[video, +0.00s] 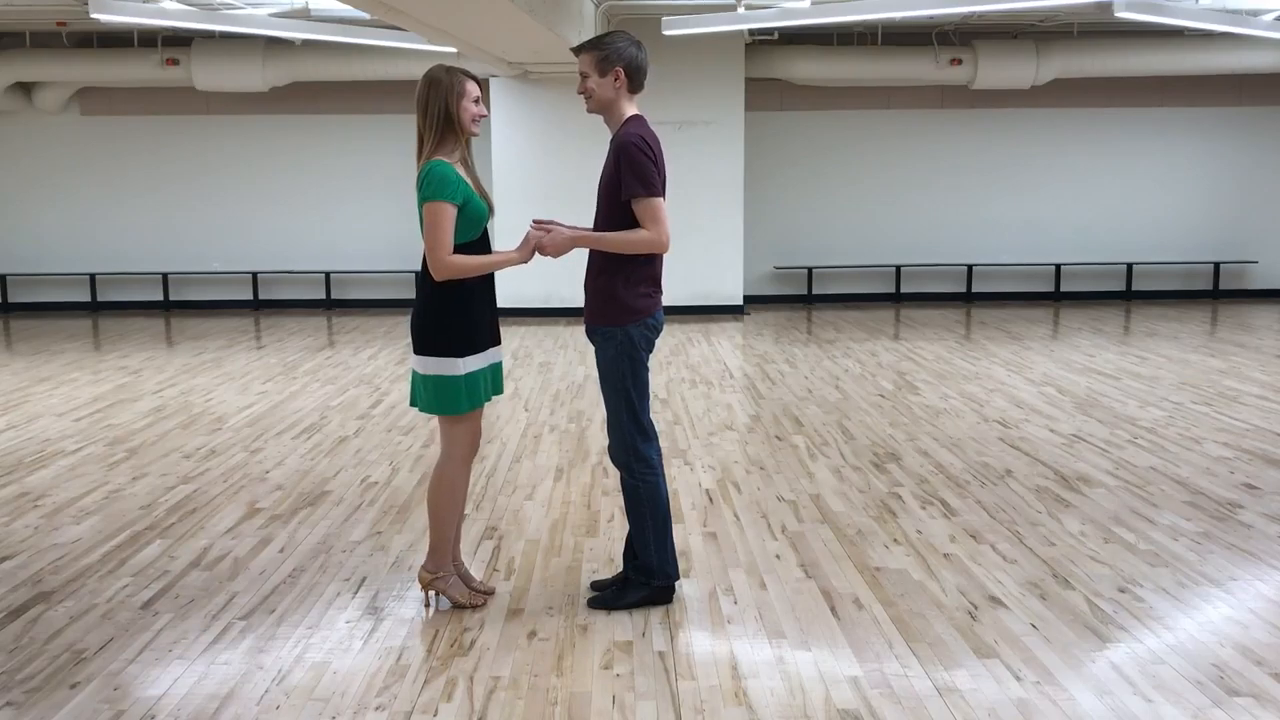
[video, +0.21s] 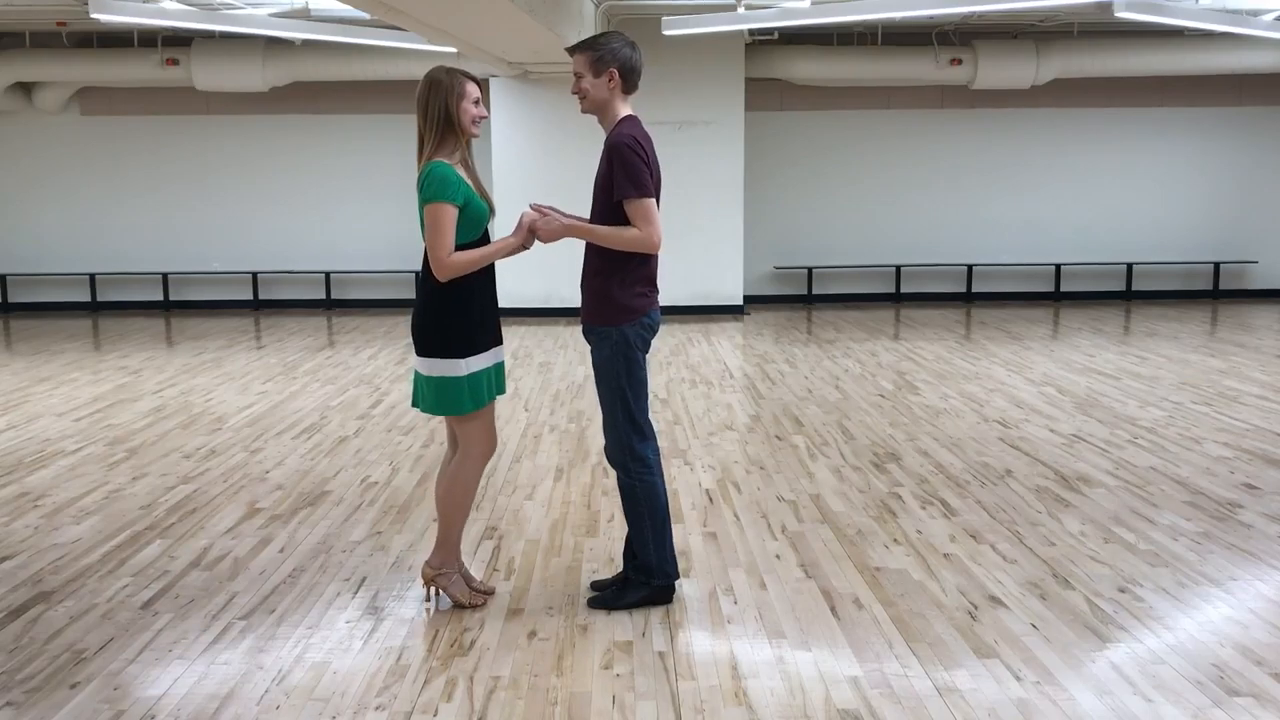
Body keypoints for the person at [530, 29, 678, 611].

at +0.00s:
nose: (579, 88)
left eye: (586, 77)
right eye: (579, 78)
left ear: (616, 77)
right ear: (617, 78)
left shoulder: (634, 142)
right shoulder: (626, 139)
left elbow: (657, 238)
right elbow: (629, 232)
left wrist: (575, 238)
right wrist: (567, 234)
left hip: (627, 320)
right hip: (620, 317)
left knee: (634, 449)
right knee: (630, 447)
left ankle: (655, 576)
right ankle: (645, 568)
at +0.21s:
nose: (573, 88)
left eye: (580, 77)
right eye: (573, 78)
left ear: (611, 77)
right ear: (611, 79)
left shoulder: (626, 142)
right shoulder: (622, 138)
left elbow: (648, 237)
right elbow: (626, 230)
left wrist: (571, 227)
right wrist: (567, 222)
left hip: (622, 320)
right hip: (619, 316)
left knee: (631, 449)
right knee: (628, 446)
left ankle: (653, 576)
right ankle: (647, 569)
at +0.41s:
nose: (567, 91)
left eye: (574, 81)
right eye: (567, 81)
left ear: (605, 81)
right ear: (607, 83)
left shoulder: (620, 146)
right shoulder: (623, 141)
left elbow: (644, 241)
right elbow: (628, 236)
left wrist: (567, 236)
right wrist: (561, 234)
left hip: (613, 321)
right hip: (622, 316)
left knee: (589, 444)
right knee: (625, 437)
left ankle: (645, 572)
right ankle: (653, 568)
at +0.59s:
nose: (562, 95)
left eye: (568, 84)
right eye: (561, 84)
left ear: (599, 84)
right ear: (601, 86)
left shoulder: (616, 148)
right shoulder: (617, 143)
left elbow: (641, 244)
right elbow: (616, 240)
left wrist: (562, 264)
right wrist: (555, 252)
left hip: (607, 322)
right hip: (619, 318)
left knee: (564, 440)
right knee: (615, 437)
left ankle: (605, 568)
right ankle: (651, 569)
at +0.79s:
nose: (555, 90)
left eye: (561, 80)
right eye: (555, 80)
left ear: (592, 81)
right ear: (594, 83)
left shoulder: (607, 143)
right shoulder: (610, 139)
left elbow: (633, 237)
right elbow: (609, 238)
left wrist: (557, 268)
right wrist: (549, 253)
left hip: (598, 320)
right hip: (609, 315)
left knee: (557, 441)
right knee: (601, 437)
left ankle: (568, 575)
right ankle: (647, 567)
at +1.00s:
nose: (556, 90)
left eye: (563, 80)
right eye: (557, 80)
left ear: (595, 80)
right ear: (597, 82)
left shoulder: (610, 144)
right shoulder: (613, 140)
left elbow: (636, 238)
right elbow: (614, 240)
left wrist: (563, 270)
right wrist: (557, 256)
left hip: (602, 319)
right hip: (607, 314)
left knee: (559, 442)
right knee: (592, 440)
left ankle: (569, 576)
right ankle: (644, 563)